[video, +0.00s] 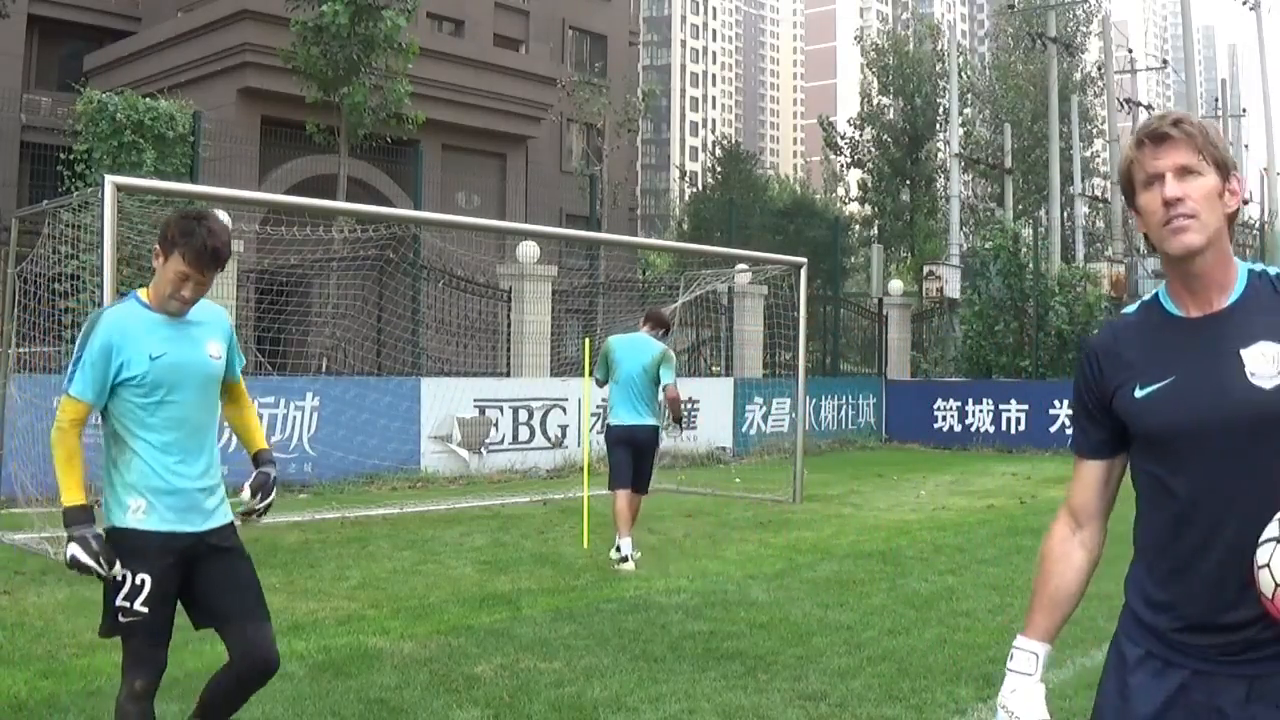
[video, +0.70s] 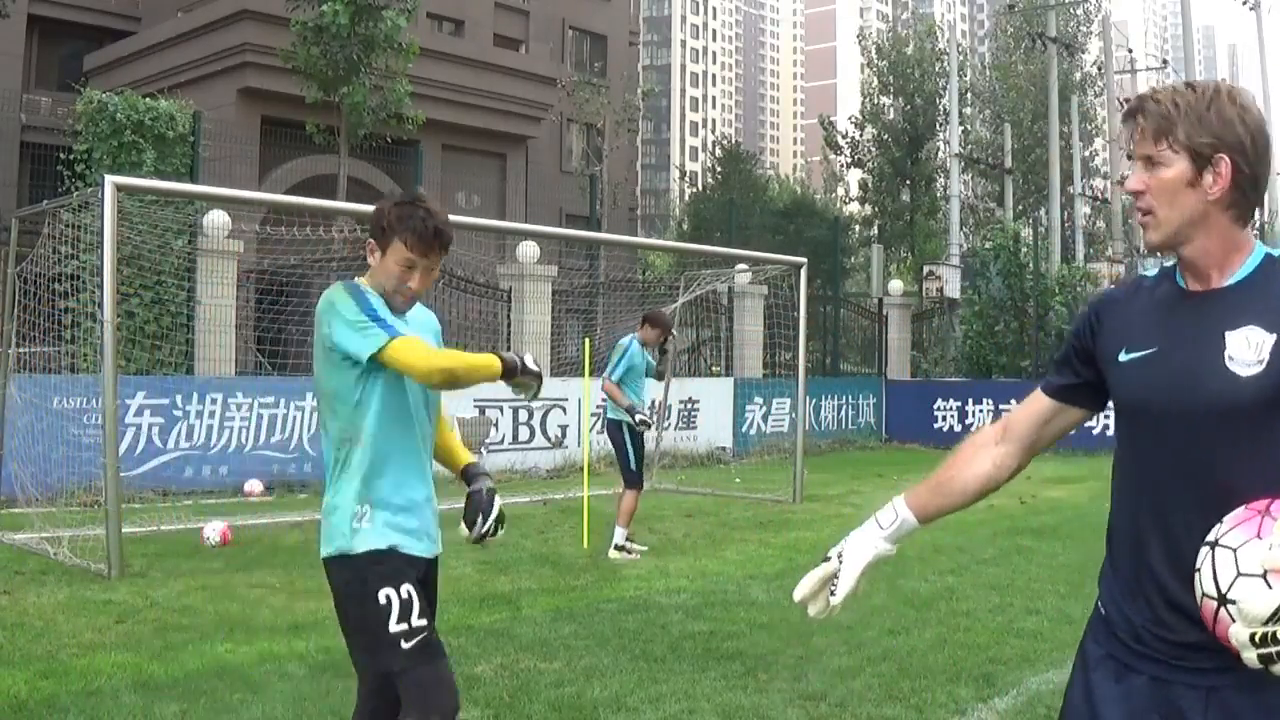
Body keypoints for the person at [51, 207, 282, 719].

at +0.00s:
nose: (190, 293)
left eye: (203, 284)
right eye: (183, 278)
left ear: (215, 276)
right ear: (159, 257)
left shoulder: (216, 323)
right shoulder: (112, 328)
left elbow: (235, 395)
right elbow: (67, 425)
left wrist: (263, 459)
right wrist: (78, 521)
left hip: (213, 526)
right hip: (142, 532)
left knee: (258, 660)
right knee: (141, 684)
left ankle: (198, 719)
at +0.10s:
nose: (217, 292)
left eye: (230, 283)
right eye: (210, 276)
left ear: (242, 280)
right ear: (186, 256)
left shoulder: (237, 322)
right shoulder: (141, 319)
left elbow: (229, 400)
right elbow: (102, 420)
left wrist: (242, 463)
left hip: (232, 526)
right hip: (159, 535)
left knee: (293, 660)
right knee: (151, 687)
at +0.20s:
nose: (236, 291)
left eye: (250, 281)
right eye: (229, 274)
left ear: (262, 278)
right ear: (204, 254)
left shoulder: (253, 325)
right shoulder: (163, 318)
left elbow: (229, 416)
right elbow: (153, 415)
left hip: (245, 532)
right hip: (177, 537)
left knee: (299, 676)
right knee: (158, 690)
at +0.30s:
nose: (260, 290)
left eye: (275, 279)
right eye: (252, 272)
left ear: (290, 276)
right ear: (231, 255)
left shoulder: (283, 330)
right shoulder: (201, 318)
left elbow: (267, 430)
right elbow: (265, 387)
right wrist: (352, 396)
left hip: (284, 547)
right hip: (212, 547)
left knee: (317, 699)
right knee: (180, 697)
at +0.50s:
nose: (328, 278)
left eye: (343, 268)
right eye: (319, 261)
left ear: (361, 265)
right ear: (297, 246)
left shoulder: (358, 320)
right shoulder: (278, 300)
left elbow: (343, 423)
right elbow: (404, 308)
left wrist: (379, 479)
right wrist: (448, 319)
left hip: (361, 546)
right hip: (295, 542)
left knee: (351, 708)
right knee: (282, 706)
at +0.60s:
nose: (365, 279)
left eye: (379, 269)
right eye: (353, 263)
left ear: (393, 265)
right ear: (325, 248)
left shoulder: (384, 324)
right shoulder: (305, 295)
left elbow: (383, 412)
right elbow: (419, 313)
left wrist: (420, 470)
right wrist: (471, 317)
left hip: (385, 538)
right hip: (324, 536)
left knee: (369, 701)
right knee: (342, 703)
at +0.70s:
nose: (416, 283)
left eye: (429, 273)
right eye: (406, 266)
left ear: (439, 270)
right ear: (373, 251)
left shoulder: (426, 321)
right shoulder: (342, 303)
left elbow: (432, 418)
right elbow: (429, 367)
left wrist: (471, 472)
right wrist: (508, 365)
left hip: (417, 538)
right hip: (364, 538)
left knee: (379, 701)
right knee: (433, 700)